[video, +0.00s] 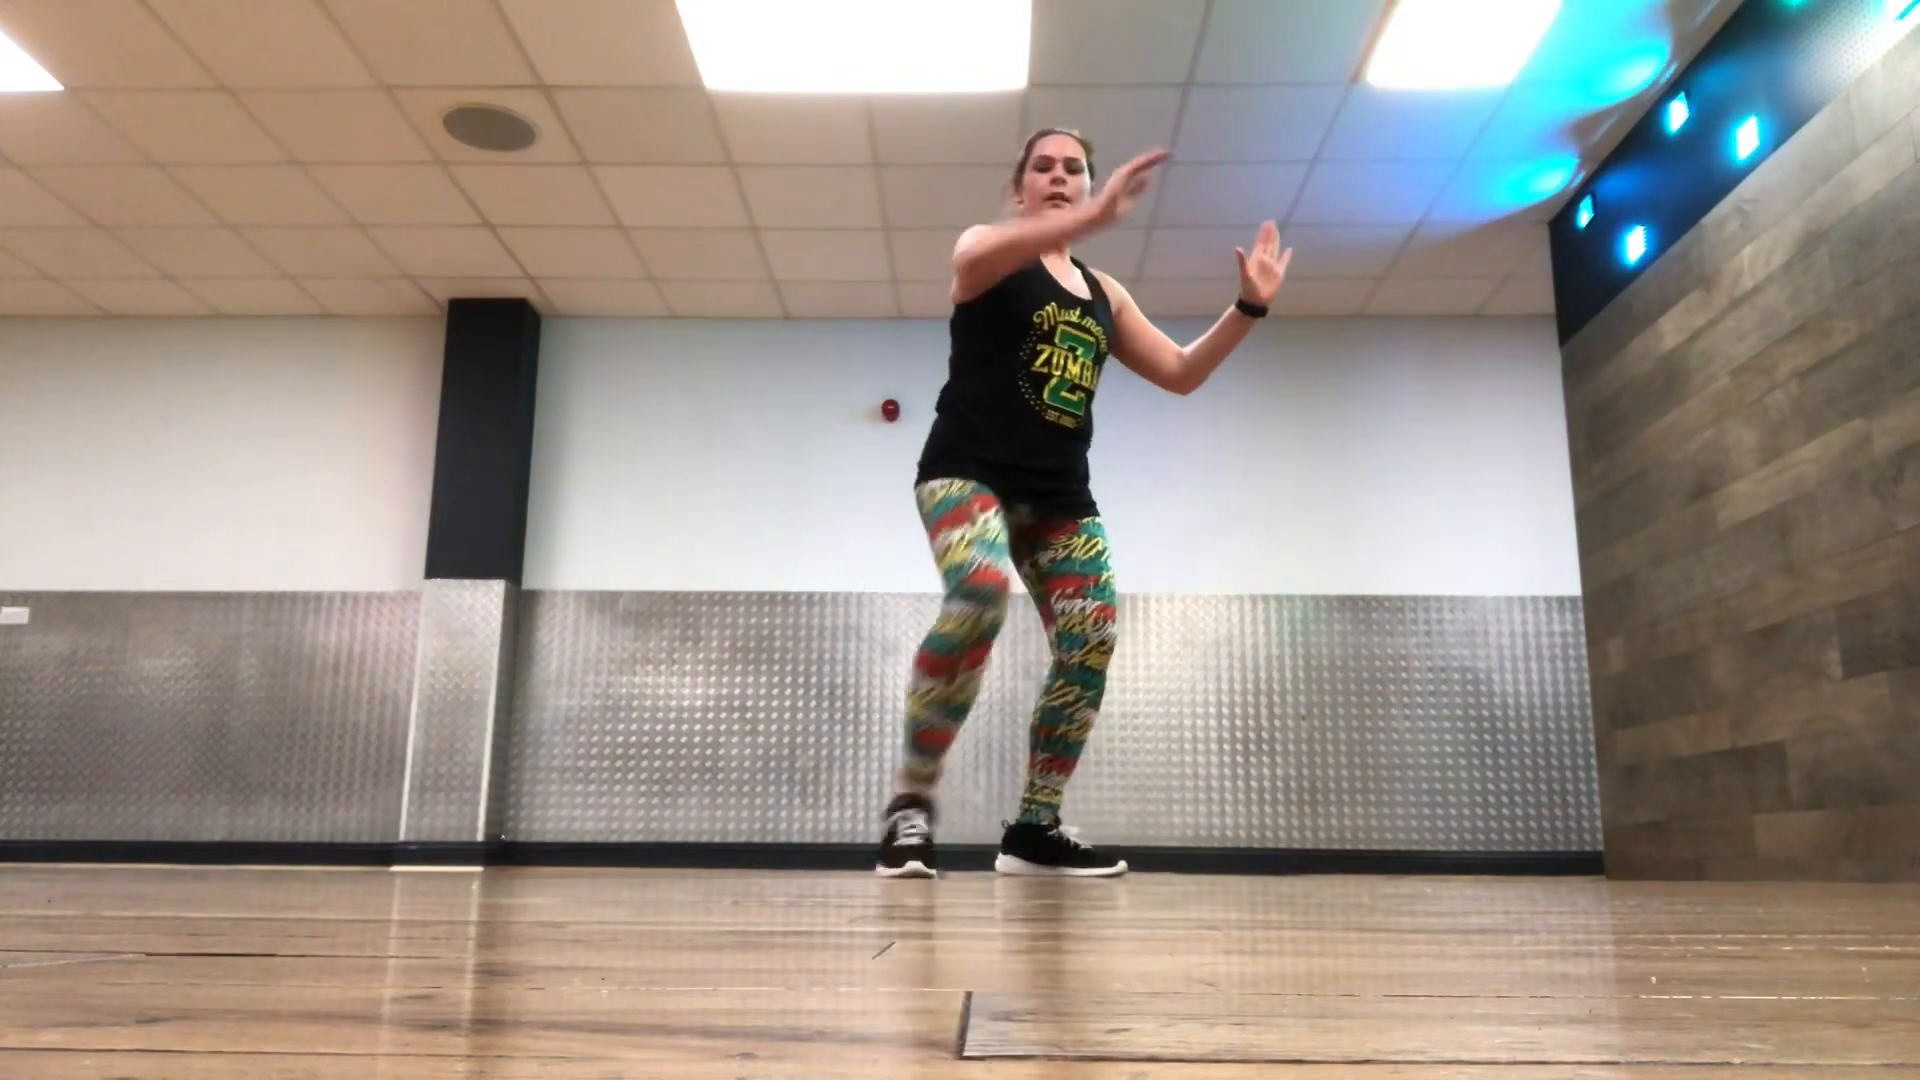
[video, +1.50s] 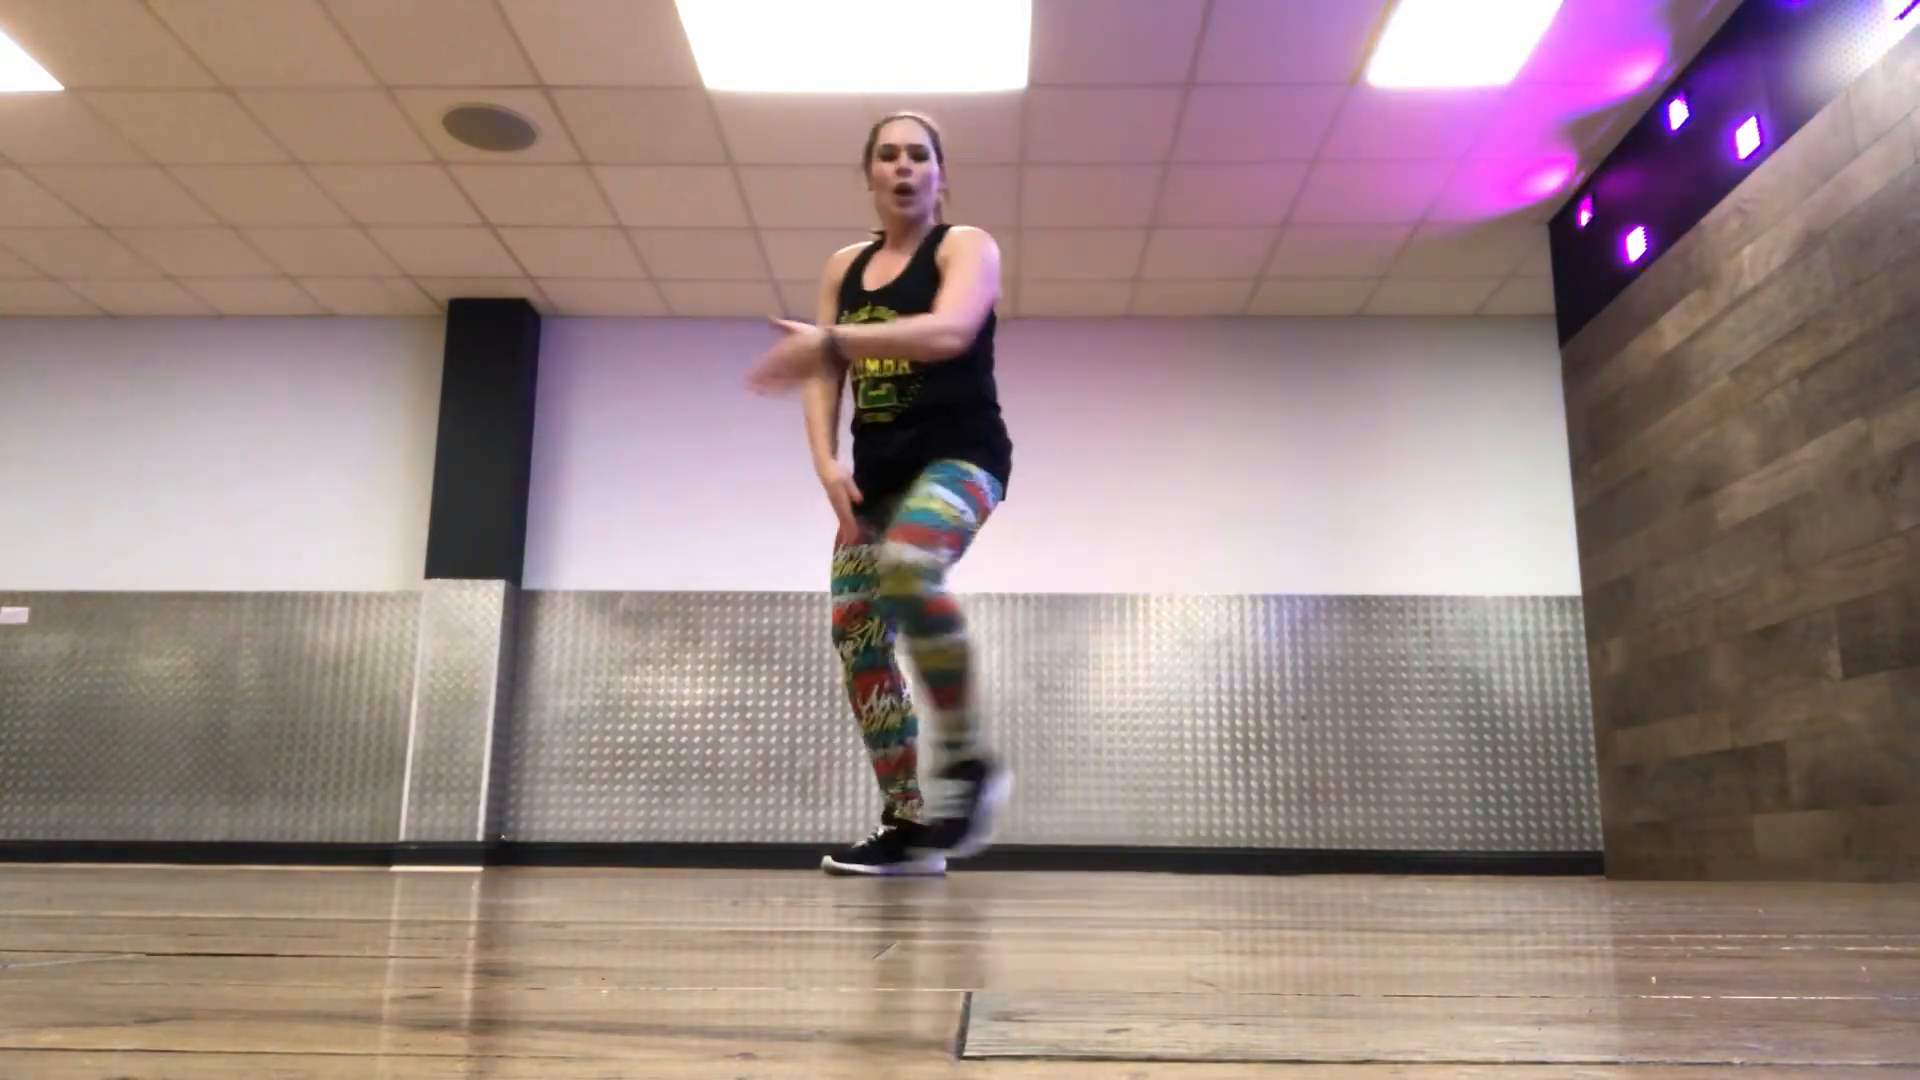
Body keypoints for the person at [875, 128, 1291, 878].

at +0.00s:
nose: (1059, 178)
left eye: (1073, 170)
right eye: (1044, 167)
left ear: (1087, 194)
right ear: (1016, 188)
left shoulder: (1105, 293)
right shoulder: (984, 251)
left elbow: (1179, 371)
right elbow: (981, 255)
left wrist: (1247, 308)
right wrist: (1095, 214)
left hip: (1057, 491)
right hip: (965, 473)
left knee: (1091, 632)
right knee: (981, 592)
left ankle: (1034, 828)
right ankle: (911, 809)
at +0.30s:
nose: (1051, 172)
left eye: (1064, 160)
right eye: (1037, 159)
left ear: (1082, 185)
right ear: (1015, 183)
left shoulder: (1104, 288)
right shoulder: (986, 253)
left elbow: (1183, 365)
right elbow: (940, 223)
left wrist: (1244, 300)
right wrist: (1041, 177)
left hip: (1051, 490)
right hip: (955, 472)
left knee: (1084, 634)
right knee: (942, 589)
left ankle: (1034, 827)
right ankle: (902, 808)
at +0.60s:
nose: (1034, 174)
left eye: (1048, 166)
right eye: (1021, 166)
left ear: (1072, 190)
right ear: (1000, 188)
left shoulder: (1093, 293)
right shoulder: (968, 254)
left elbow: (1173, 370)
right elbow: (913, 288)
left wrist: (1231, 305)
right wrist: (1016, 230)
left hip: (1043, 501)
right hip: (943, 488)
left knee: (1087, 634)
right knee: (914, 625)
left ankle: (1034, 829)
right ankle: (835, 815)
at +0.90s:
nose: (1018, 156)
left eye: (1032, 146)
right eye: (1004, 146)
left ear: (1054, 168)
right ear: (981, 169)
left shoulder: (1095, 257)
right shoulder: (944, 251)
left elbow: (1187, 329)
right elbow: (849, 317)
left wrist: (1254, 289)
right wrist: (878, 245)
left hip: (1059, 484)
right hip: (952, 477)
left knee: (1077, 634)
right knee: (898, 610)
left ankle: (1037, 825)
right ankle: (840, 803)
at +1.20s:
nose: (965, 168)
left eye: (979, 157)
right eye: (950, 157)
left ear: (1001, 178)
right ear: (928, 177)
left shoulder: (1033, 266)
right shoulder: (893, 272)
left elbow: (1084, 370)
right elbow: (865, 374)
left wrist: (1085, 464)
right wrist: (847, 452)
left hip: (1024, 496)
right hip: (925, 501)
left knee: (1048, 652)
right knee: (882, 630)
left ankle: (1100, 823)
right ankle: (910, 828)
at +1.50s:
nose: (905, 167)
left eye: (919, 156)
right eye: (890, 156)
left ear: (941, 175)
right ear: (868, 176)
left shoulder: (968, 248)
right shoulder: (843, 270)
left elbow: (951, 332)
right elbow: (821, 374)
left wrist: (831, 342)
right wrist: (825, 462)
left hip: (960, 458)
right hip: (878, 474)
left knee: (904, 568)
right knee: (855, 624)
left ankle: (965, 763)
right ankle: (909, 821)